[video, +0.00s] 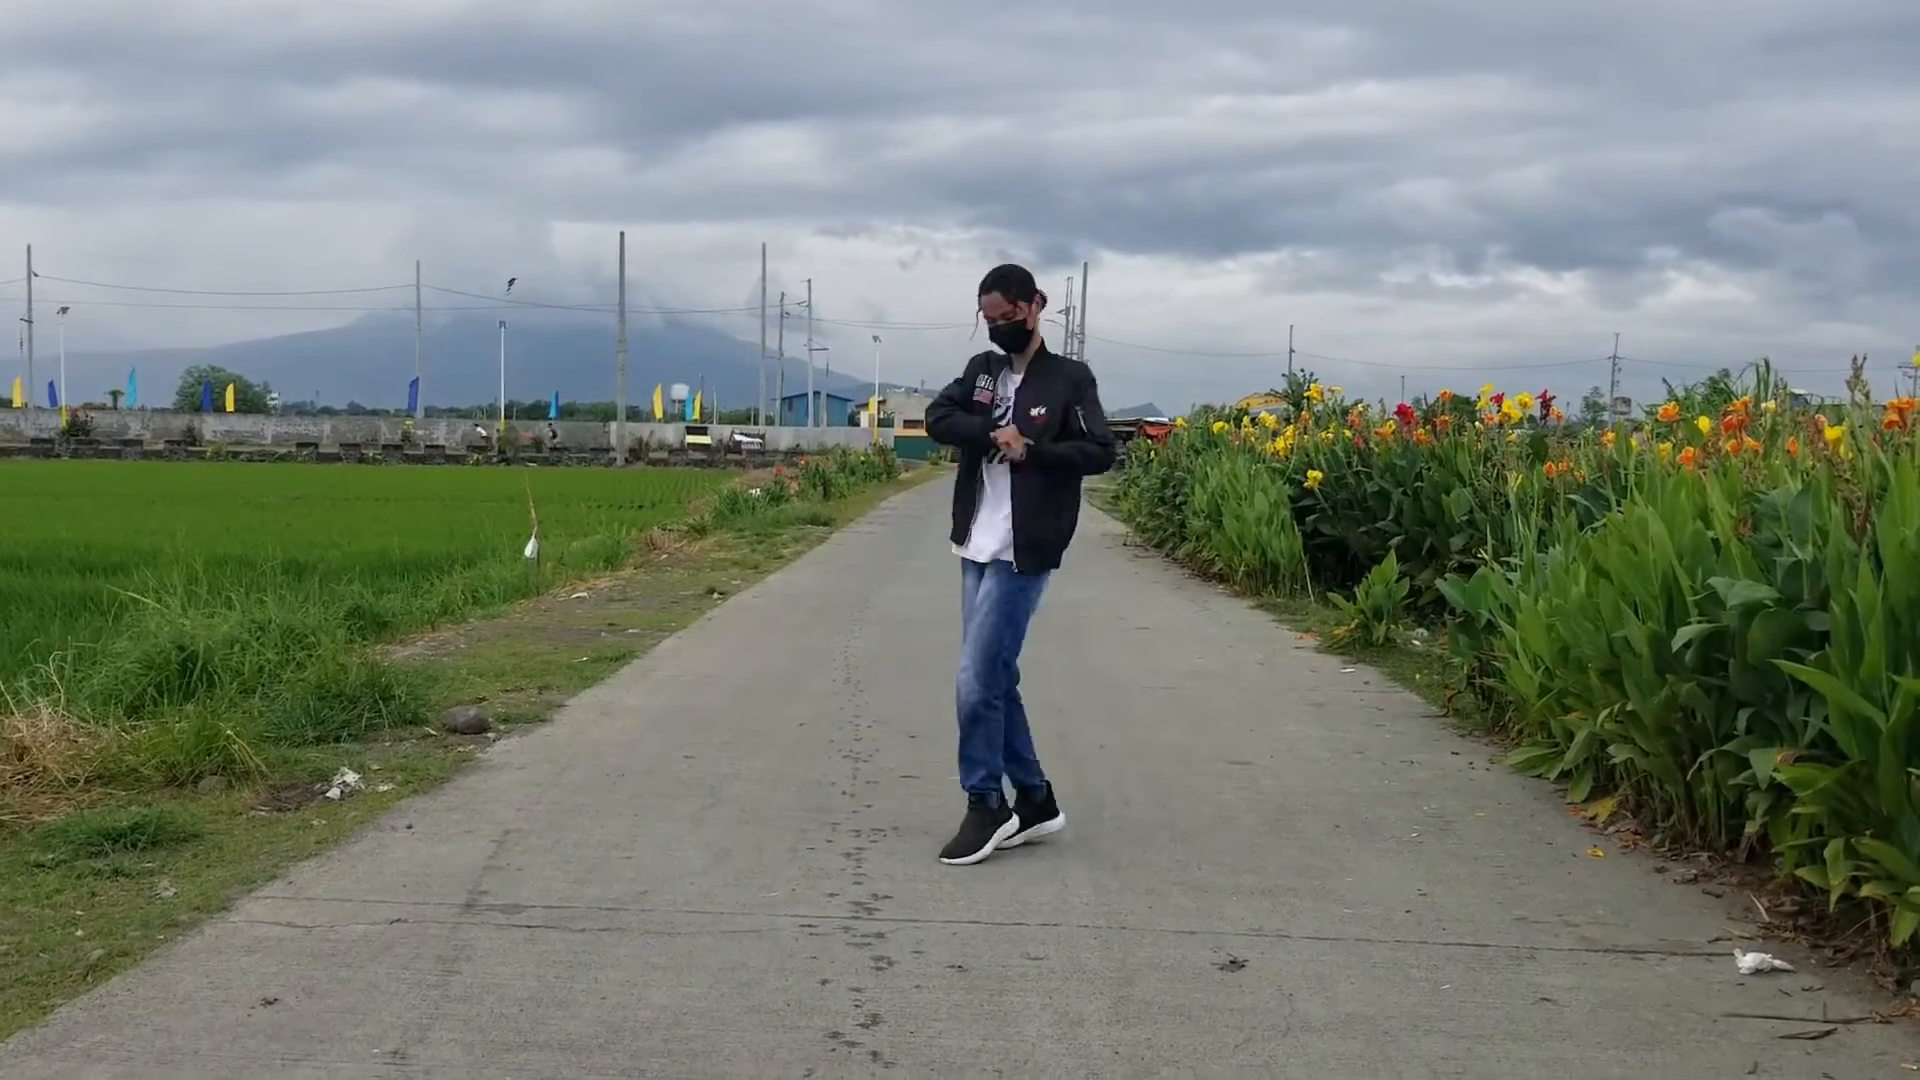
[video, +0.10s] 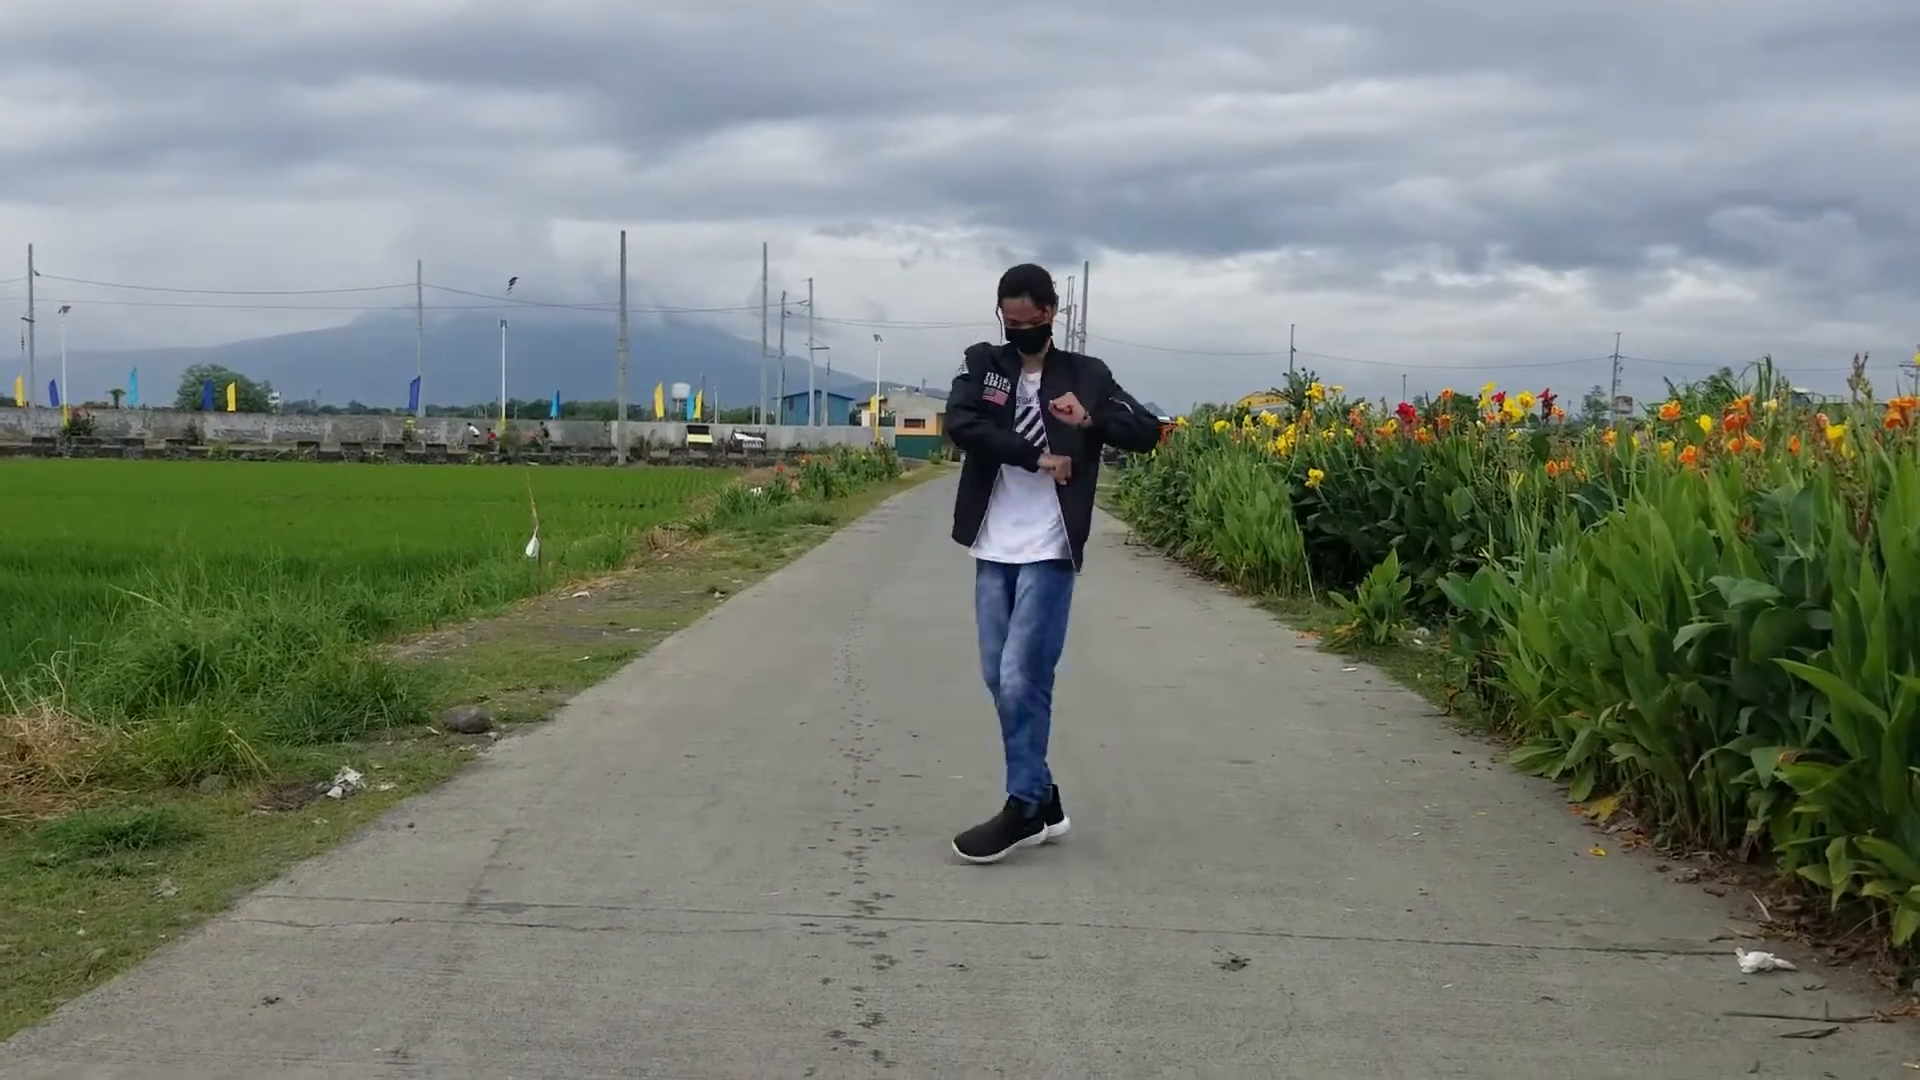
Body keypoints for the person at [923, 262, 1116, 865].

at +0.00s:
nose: (994, 329)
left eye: (1002, 318)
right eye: (987, 320)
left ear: (1033, 307)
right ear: (985, 316)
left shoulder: (1071, 377)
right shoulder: (982, 368)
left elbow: (1103, 451)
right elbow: (937, 417)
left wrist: (1034, 450)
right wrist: (991, 433)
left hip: (1023, 550)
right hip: (975, 543)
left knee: (976, 677)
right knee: (991, 676)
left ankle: (985, 806)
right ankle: (1034, 798)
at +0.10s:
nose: (1022, 331)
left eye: (1031, 320)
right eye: (1013, 320)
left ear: (1052, 311)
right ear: (1000, 314)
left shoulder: (1087, 374)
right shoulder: (984, 361)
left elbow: (1146, 432)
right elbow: (960, 422)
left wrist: (1092, 417)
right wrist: (1035, 456)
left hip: (1049, 548)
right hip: (992, 543)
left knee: (1021, 677)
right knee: (998, 677)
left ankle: (1019, 808)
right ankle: (1040, 798)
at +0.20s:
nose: (1046, 348)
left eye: (1056, 337)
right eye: (1035, 337)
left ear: (1073, 323)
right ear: (1018, 323)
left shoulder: (1100, 375)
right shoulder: (996, 370)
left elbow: (1172, 430)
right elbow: (998, 450)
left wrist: (1119, 418)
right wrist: (1072, 484)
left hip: (1079, 556)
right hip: (1013, 553)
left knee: (1087, 678)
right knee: (990, 674)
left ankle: (1105, 809)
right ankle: (1037, 798)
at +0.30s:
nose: (1060, 365)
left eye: (1069, 354)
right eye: (1049, 355)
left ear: (1089, 351)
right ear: (1035, 354)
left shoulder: (1118, 405)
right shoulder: (1013, 402)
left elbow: (1168, 476)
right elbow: (1022, 496)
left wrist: (1155, 489)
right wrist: (1101, 539)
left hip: (1104, 591)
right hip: (1027, 590)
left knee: (1158, 694)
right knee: (970, 685)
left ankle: (1184, 806)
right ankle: (1034, 796)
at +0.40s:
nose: (1083, 389)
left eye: (1091, 379)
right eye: (1071, 381)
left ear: (1103, 379)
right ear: (1050, 384)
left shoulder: (1133, 442)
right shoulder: (1034, 449)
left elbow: (1162, 526)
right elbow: (1047, 543)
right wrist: (1114, 597)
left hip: (1126, 613)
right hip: (1046, 616)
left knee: (1217, 679)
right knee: (962, 684)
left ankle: (1207, 804)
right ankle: (1031, 791)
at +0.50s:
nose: (1101, 376)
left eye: (1109, 365)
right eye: (1088, 368)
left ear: (1120, 367)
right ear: (1066, 373)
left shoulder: (1148, 431)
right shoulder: (1048, 438)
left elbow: (1183, 503)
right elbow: (1060, 533)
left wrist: (1215, 564)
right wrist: (1134, 577)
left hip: (1141, 601)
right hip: (1061, 604)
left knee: (1227, 672)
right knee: (986, 680)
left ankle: (1209, 796)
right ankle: (1039, 795)